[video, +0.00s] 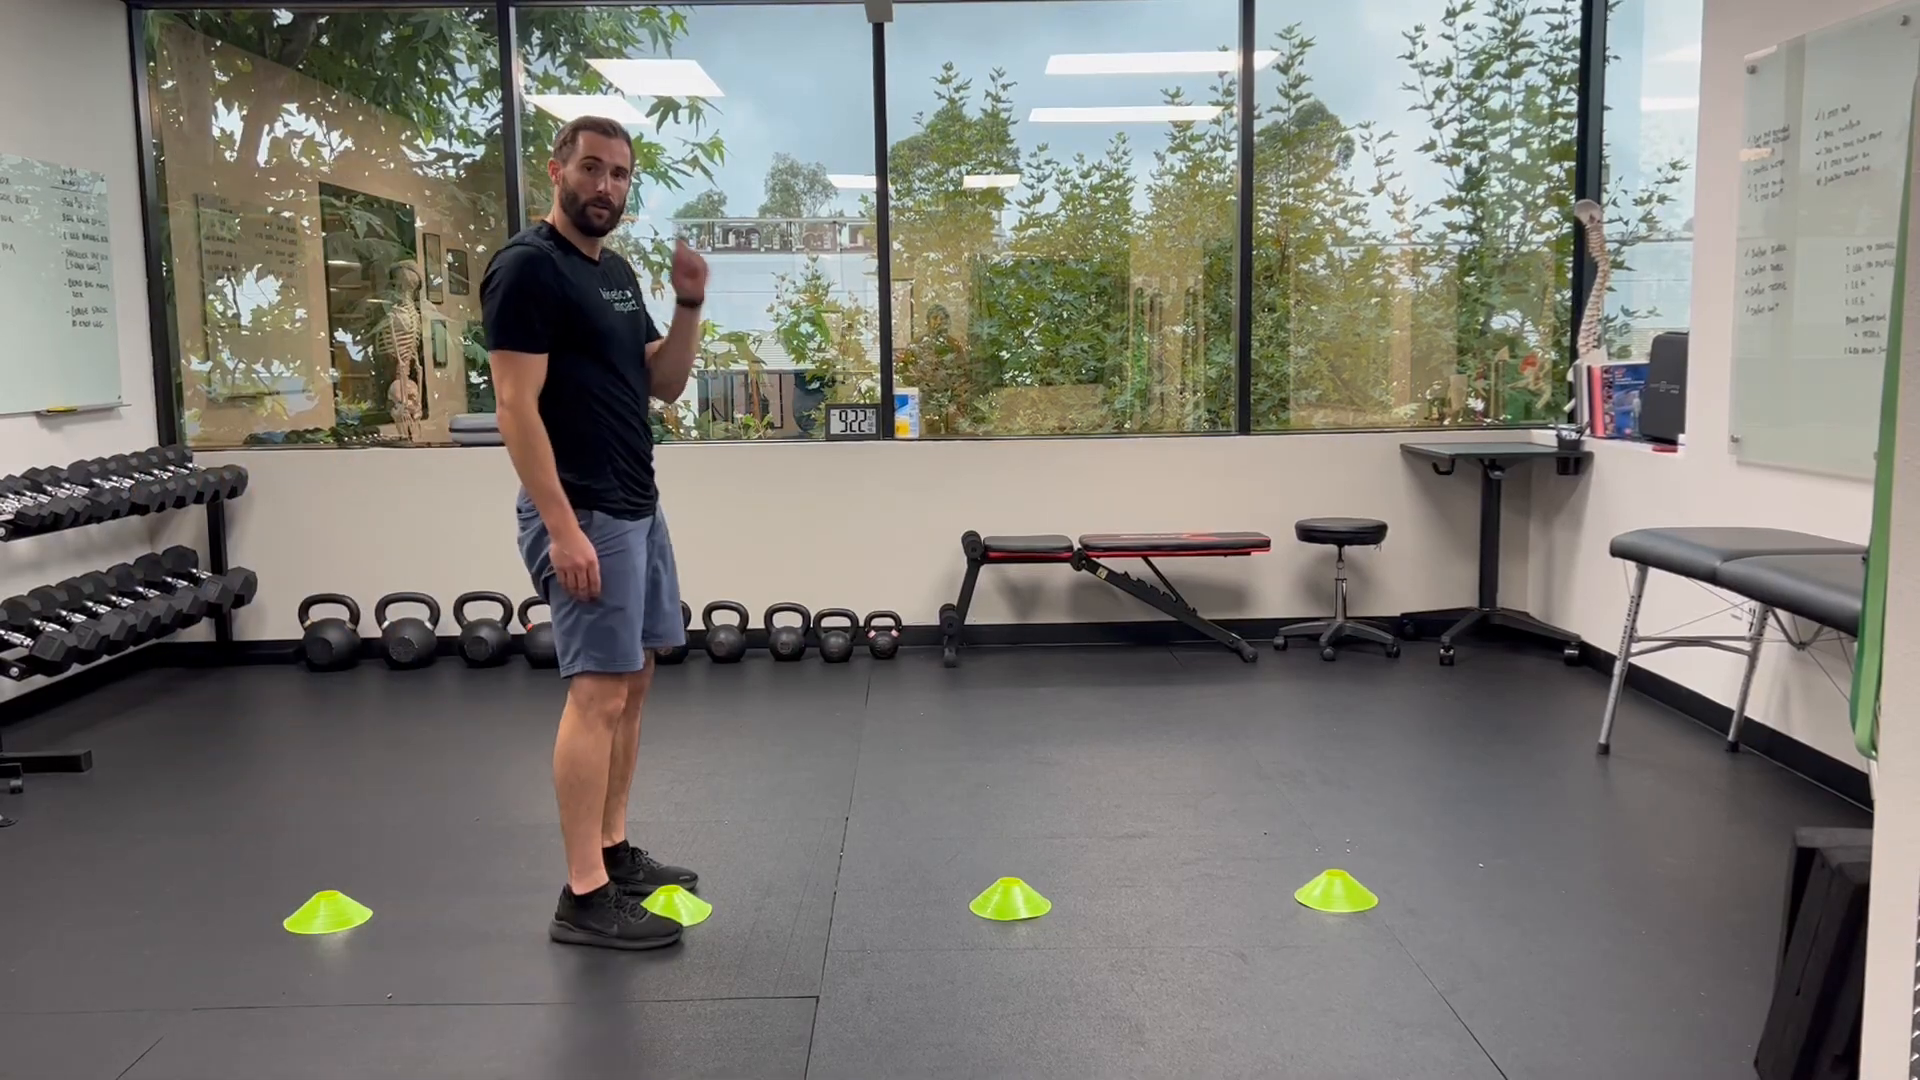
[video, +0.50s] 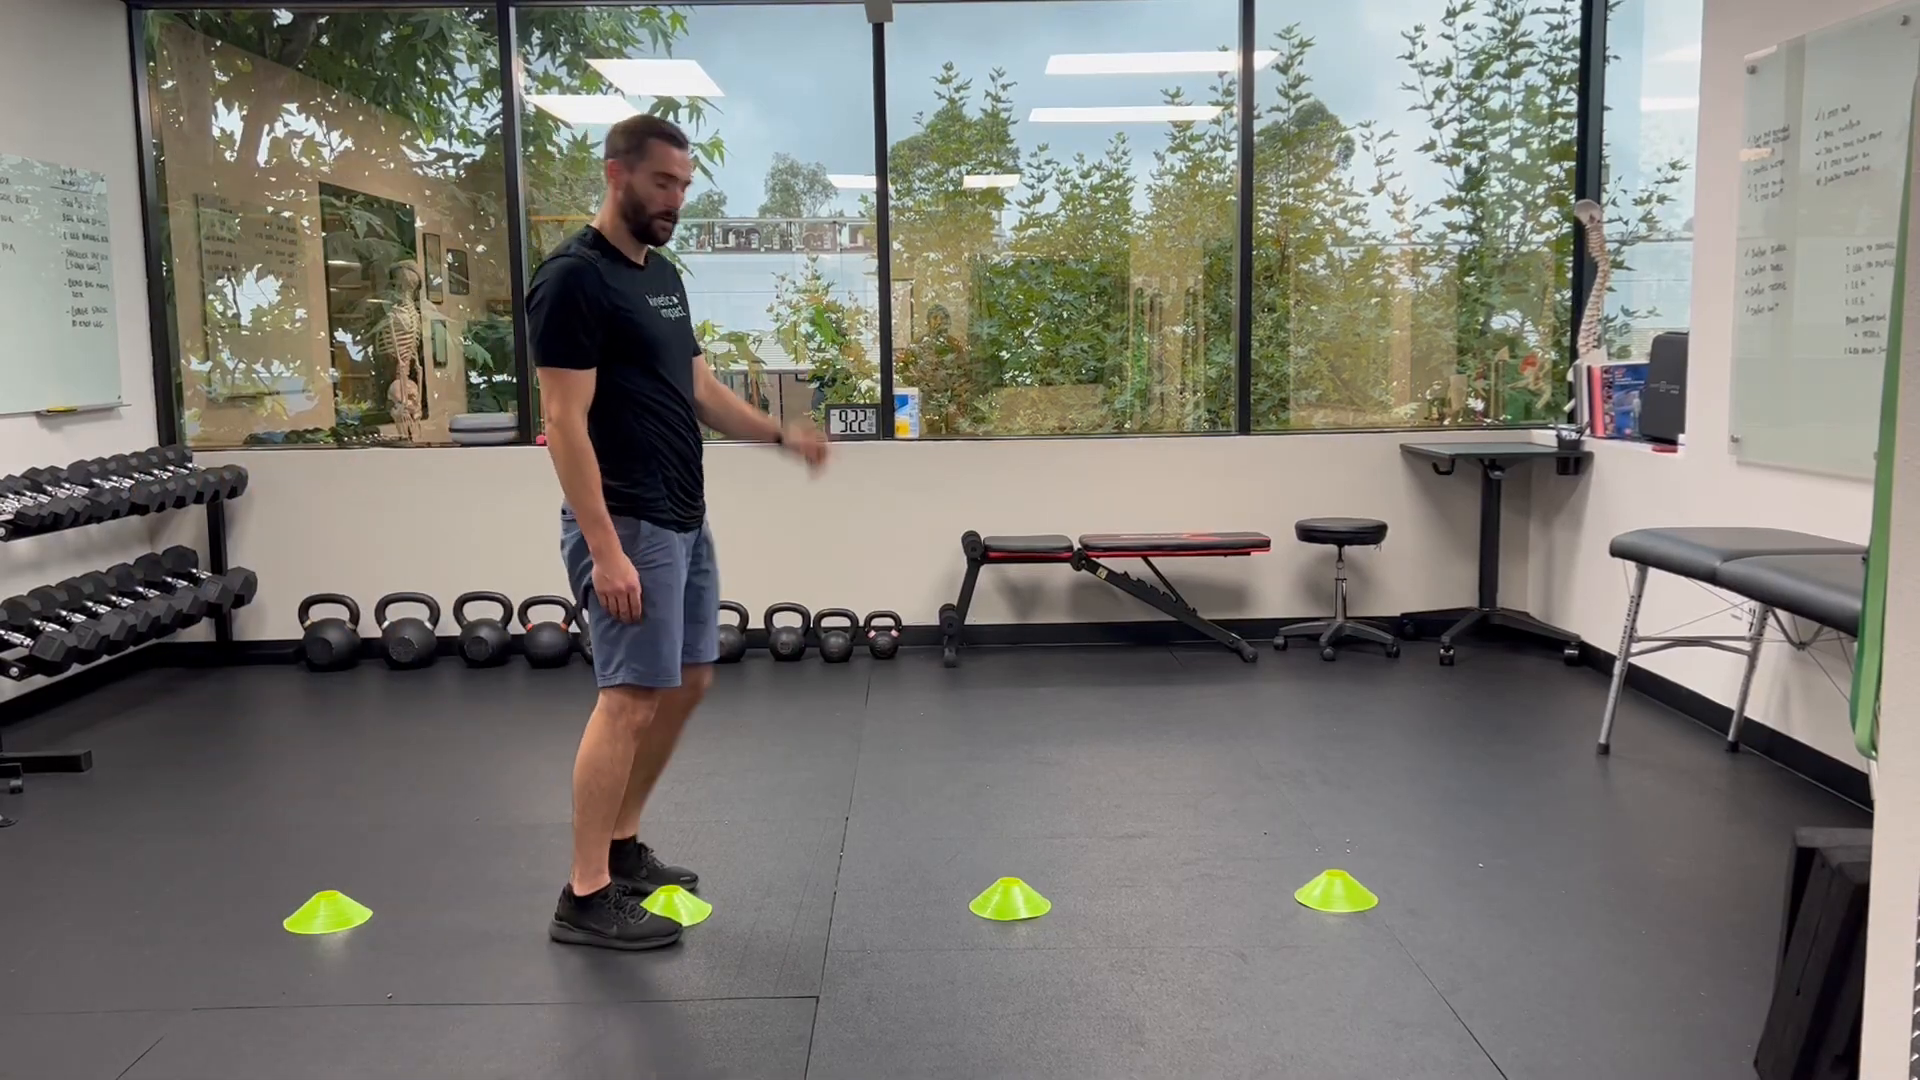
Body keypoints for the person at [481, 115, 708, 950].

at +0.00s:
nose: (607, 183)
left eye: (620, 173)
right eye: (593, 166)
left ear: (628, 187)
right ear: (556, 170)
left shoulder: (614, 273)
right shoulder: (527, 268)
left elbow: (661, 381)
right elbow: (515, 410)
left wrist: (689, 305)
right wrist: (562, 528)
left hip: (635, 514)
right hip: (584, 520)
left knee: (631, 683)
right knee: (596, 692)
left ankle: (611, 854)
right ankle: (583, 893)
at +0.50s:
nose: (675, 199)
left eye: (683, 186)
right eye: (663, 182)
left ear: (682, 188)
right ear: (615, 174)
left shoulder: (662, 276)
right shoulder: (573, 281)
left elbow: (697, 386)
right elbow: (564, 425)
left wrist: (778, 430)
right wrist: (605, 549)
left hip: (683, 522)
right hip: (623, 526)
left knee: (687, 680)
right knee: (629, 694)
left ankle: (616, 845)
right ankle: (585, 892)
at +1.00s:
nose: (861, 267)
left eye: (870, 253)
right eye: (860, 248)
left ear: (823, 225)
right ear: (819, 220)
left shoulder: (780, 294)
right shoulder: (744, 299)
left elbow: (743, 424)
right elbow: (704, 434)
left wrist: (690, 510)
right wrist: (722, 571)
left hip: (790, 535)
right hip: (738, 545)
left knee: (859, 665)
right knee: (681, 709)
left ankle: (926, 831)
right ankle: (590, 889)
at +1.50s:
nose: (964, 193)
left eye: (977, 182)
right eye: (952, 173)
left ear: (980, 194)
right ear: (913, 173)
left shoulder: (947, 277)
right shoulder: (875, 270)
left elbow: (972, 389)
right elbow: (859, 403)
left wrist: (1051, 457)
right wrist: (922, 514)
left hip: (929, 508)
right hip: (894, 513)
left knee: (941, 681)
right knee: (967, 684)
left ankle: (937, 851)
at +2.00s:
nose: (994, 188)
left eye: (1006, 175)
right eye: (980, 170)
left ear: (1012, 187)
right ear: (940, 171)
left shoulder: (984, 272)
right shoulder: (911, 273)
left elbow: (1035, 381)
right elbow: (909, 420)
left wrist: (1062, 315)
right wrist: (955, 535)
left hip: (991, 507)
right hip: (964, 512)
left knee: (968, 676)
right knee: (987, 685)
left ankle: (937, 846)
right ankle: (955, 886)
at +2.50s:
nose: (1115, 234)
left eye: (1123, 219)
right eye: (1114, 215)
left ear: (1076, 193)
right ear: (1074, 190)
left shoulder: (1039, 269)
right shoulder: (994, 277)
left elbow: (1028, 411)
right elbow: (971, 424)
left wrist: (1057, 512)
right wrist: (1003, 552)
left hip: (1055, 512)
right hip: (1007, 521)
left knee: (1113, 639)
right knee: (1007, 695)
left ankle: (1080, 812)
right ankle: (952, 886)